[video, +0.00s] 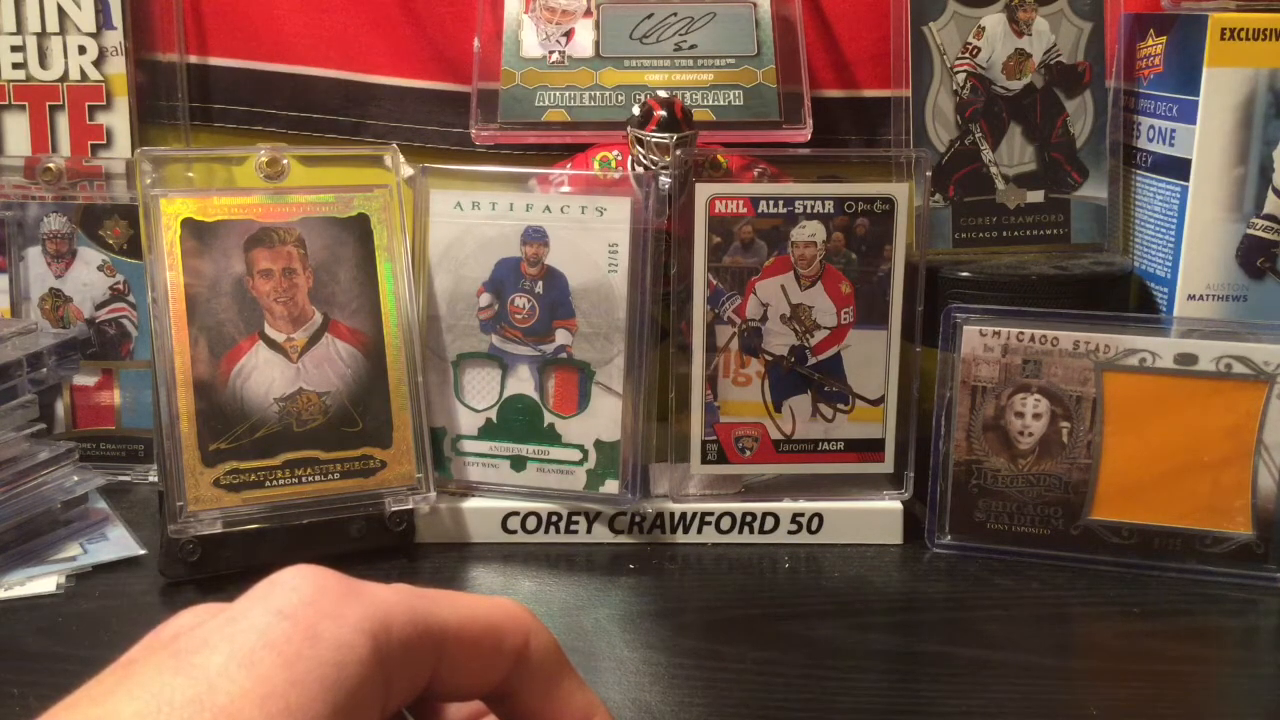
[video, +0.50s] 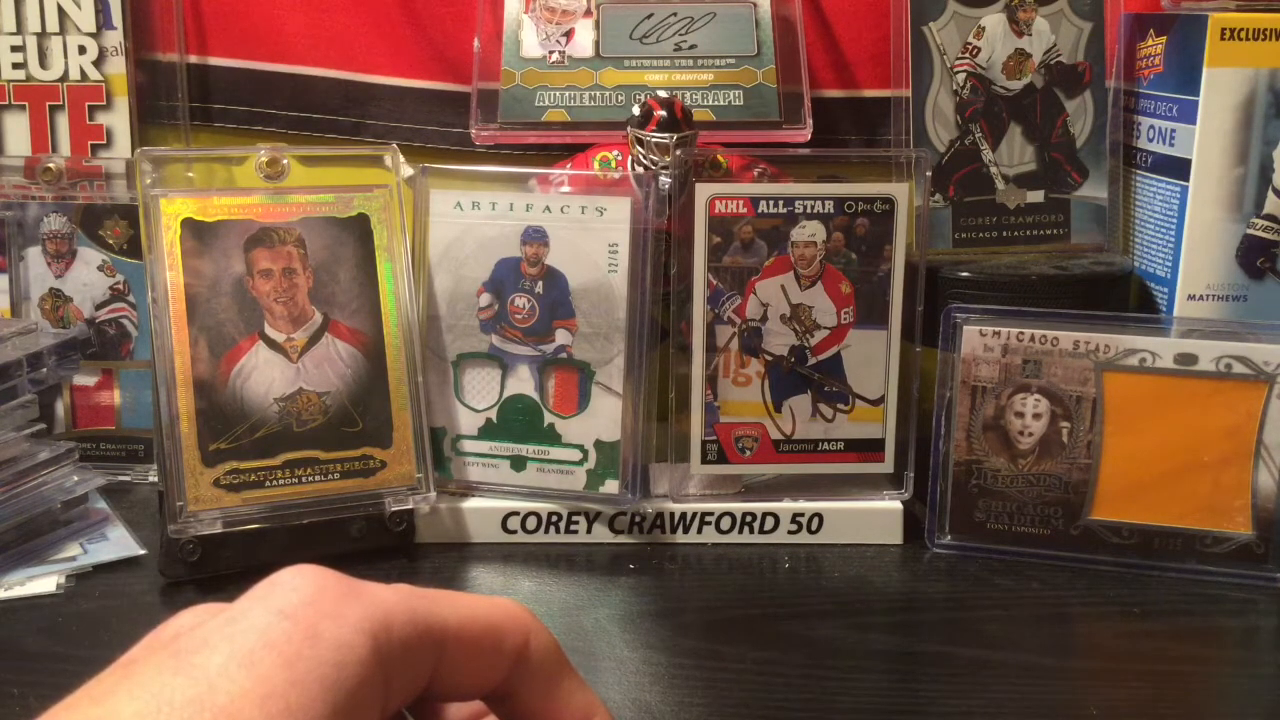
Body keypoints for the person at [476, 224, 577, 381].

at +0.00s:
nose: (534, 251)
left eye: (539, 247)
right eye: (530, 246)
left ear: (546, 250)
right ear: (522, 248)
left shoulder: (557, 280)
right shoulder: (504, 268)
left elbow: (565, 321)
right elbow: (487, 292)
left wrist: (561, 352)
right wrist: (487, 319)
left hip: (542, 351)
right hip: (503, 347)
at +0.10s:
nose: (534, 251)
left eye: (539, 247)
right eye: (530, 246)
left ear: (546, 250)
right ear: (522, 248)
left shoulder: (557, 280)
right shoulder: (504, 268)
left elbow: (565, 321)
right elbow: (487, 292)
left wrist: (562, 351)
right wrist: (487, 317)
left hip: (542, 352)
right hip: (503, 347)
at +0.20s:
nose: (534, 251)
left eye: (539, 247)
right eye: (530, 246)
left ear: (546, 250)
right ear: (522, 248)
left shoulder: (557, 280)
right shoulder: (504, 267)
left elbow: (565, 320)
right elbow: (487, 291)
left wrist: (562, 350)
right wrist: (487, 315)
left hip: (542, 352)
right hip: (503, 348)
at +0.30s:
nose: (534, 251)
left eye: (539, 247)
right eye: (530, 246)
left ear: (546, 250)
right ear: (522, 248)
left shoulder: (557, 280)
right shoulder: (504, 268)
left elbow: (565, 320)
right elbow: (487, 291)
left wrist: (561, 350)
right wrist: (486, 313)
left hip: (542, 353)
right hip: (503, 349)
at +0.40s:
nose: (534, 251)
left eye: (539, 247)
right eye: (530, 246)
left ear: (546, 250)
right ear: (522, 248)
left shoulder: (557, 280)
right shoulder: (504, 267)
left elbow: (565, 321)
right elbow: (487, 291)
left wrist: (562, 350)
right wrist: (486, 314)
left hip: (542, 353)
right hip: (503, 349)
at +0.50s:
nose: (534, 251)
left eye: (539, 247)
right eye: (530, 246)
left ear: (546, 250)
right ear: (522, 248)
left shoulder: (557, 280)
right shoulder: (504, 267)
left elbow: (565, 320)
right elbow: (487, 291)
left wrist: (561, 349)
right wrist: (486, 314)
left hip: (542, 353)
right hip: (503, 349)